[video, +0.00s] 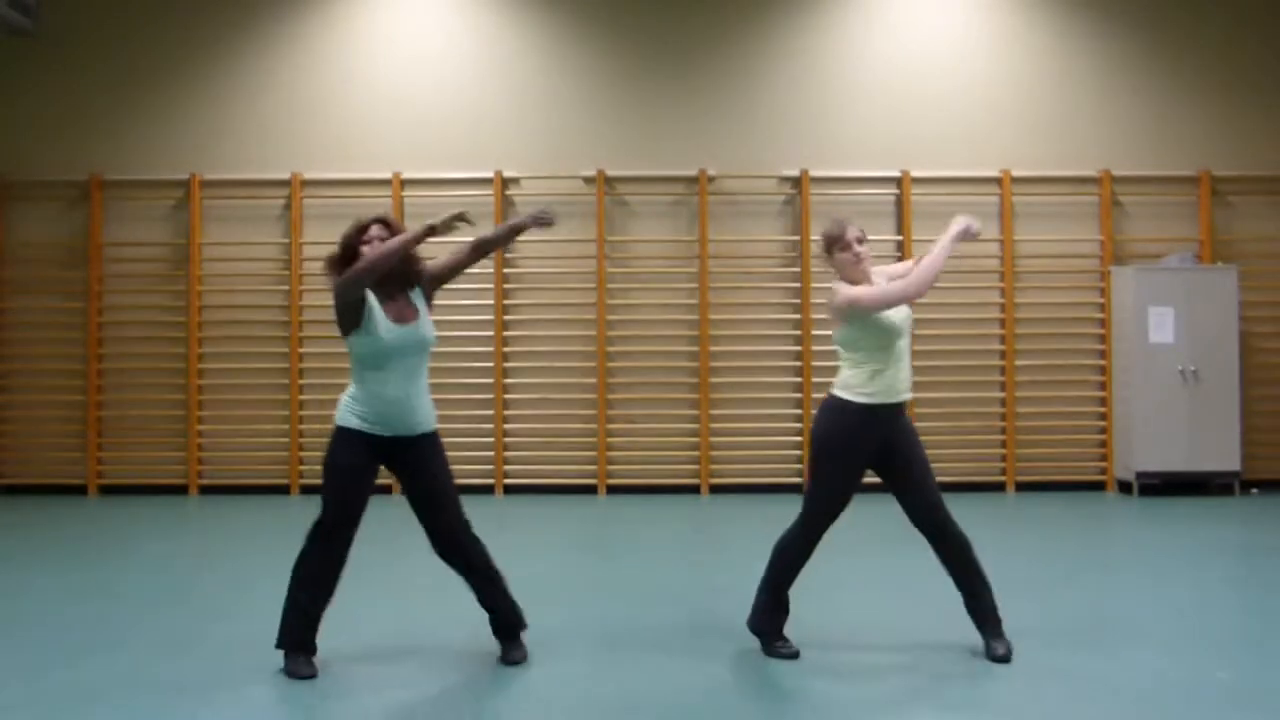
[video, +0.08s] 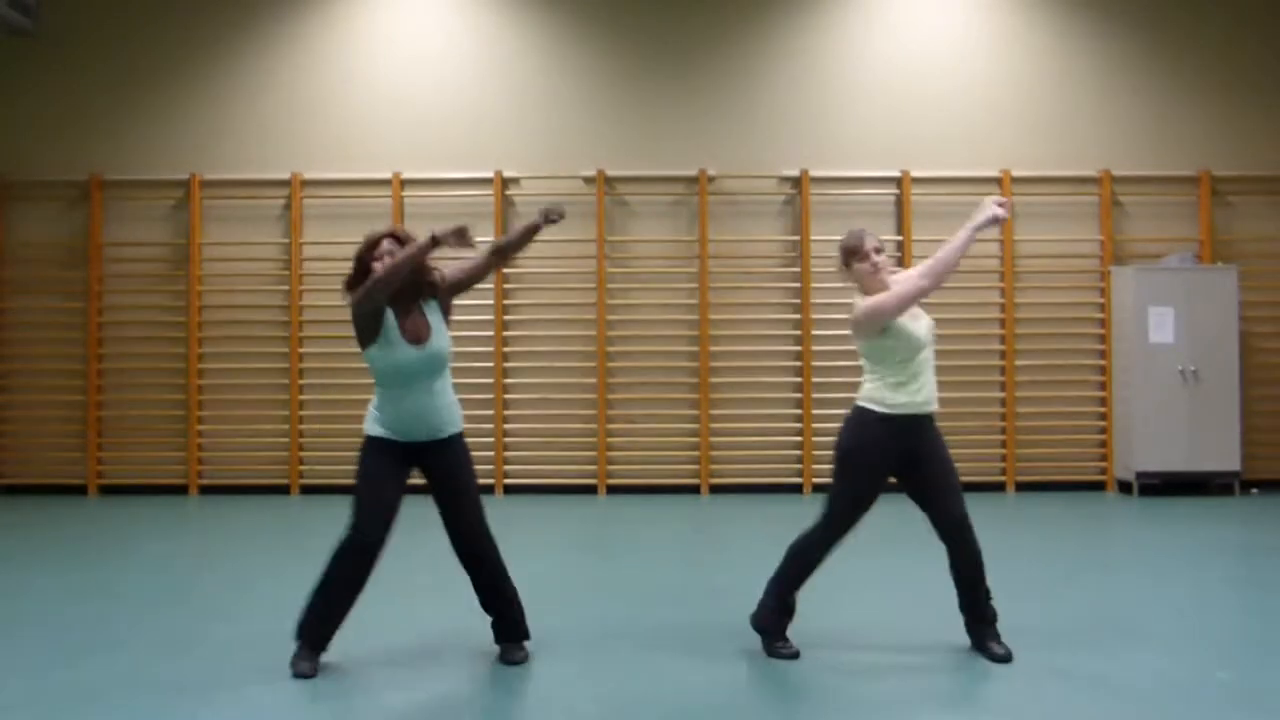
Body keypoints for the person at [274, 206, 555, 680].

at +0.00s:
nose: (374, 245)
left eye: (384, 238)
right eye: (366, 240)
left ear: (401, 248)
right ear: (353, 254)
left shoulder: (420, 286)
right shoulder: (351, 299)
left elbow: (475, 250)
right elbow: (364, 271)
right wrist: (424, 232)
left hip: (417, 434)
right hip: (359, 432)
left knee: (452, 538)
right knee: (333, 532)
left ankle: (509, 628)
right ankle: (298, 645)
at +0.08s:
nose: (390, 259)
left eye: (399, 253)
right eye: (382, 255)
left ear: (414, 259)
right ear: (369, 269)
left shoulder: (436, 293)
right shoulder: (366, 309)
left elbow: (491, 260)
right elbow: (386, 279)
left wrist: (534, 225)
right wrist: (432, 241)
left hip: (443, 438)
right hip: (386, 441)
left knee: (472, 536)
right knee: (365, 538)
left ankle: (511, 635)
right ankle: (310, 644)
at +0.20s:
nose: (403, 298)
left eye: (412, 290)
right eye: (396, 290)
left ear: (431, 291)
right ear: (387, 294)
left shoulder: (453, 319)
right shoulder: (381, 329)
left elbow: (512, 333)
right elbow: (366, 369)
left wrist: (513, 321)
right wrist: (415, 334)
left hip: (469, 441)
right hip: (418, 452)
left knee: (494, 532)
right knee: (439, 533)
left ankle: (509, 635)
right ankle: (391, 597)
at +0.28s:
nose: (417, 315)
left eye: (425, 305)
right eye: (408, 306)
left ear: (441, 305)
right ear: (396, 309)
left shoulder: (465, 344)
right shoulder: (382, 358)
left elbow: (508, 386)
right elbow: (375, 424)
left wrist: (492, 406)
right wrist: (404, 417)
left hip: (480, 447)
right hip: (431, 465)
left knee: (506, 534)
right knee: (475, 545)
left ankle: (511, 636)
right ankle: (453, 585)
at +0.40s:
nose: (403, 297)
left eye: (412, 288)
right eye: (395, 290)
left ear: (429, 292)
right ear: (386, 298)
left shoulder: (458, 342)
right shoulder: (378, 349)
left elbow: (489, 404)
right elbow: (363, 398)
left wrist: (443, 424)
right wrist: (388, 412)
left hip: (476, 452)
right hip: (427, 464)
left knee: (496, 545)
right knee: (452, 561)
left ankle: (515, 634)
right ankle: (477, 609)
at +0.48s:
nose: (391, 272)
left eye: (398, 263)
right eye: (381, 266)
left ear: (413, 269)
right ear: (370, 277)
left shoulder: (436, 317)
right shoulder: (367, 326)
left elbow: (442, 374)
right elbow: (339, 360)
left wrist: (381, 369)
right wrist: (334, 355)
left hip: (465, 434)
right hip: (416, 443)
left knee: (481, 542)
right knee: (408, 546)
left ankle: (510, 636)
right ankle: (447, 601)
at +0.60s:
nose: (362, 252)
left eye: (370, 246)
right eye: (354, 247)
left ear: (387, 253)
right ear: (341, 257)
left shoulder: (394, 291)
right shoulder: (344, 298)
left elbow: (336, 296)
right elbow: (292, 304)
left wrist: (276, 287)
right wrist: (254, 285)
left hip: (448, 425)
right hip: (395, 430)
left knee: (474, 523)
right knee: (363, 522)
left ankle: (510, 630)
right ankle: (354, 623)